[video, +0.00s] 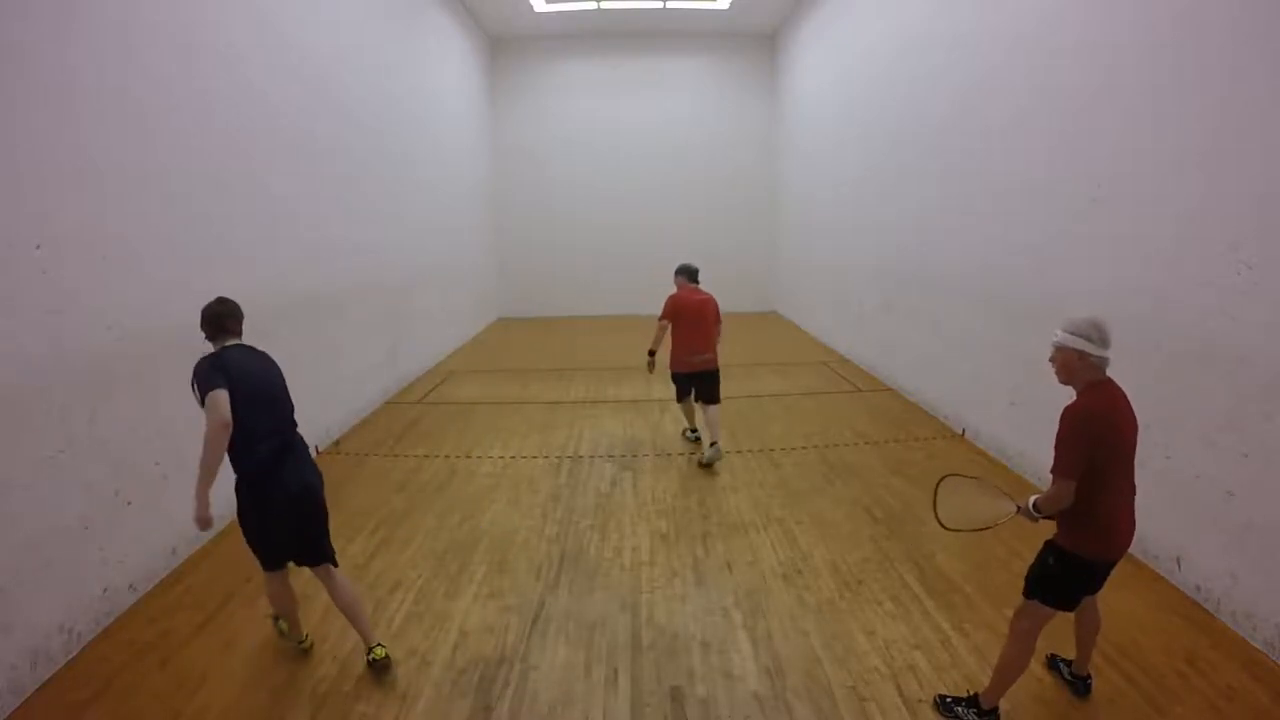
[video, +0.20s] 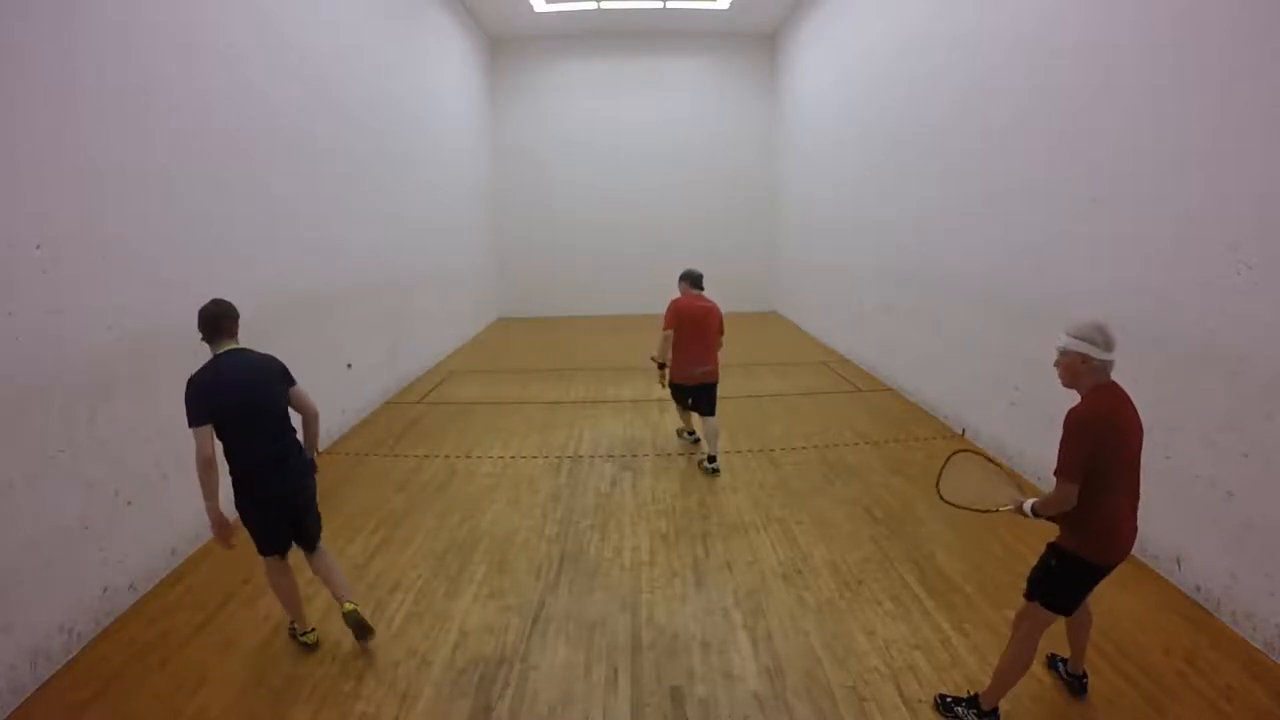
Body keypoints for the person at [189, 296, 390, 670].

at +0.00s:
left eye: (207, 329)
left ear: (206, 332)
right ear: (241, 325)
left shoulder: (210, 366)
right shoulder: (263, 359)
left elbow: (221, 419)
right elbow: (284, 418)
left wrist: (202, 492)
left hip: (260, 487)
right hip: (302, 475)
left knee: (274, 567)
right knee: (326, 565)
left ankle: (295, 632)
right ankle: (374, 644)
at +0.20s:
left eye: (208, 331)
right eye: (235, 324)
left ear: (202, 335)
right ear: (237, 327)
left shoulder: (200, 385)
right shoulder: (267, 363)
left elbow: (206, 456)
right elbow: (310, 411)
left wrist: (213, 510)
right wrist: (310, 454)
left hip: (253, 487)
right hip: (295, 472)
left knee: (275, 559)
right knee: (314, 546)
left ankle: (302, 627)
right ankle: (348, 603)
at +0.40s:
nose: (248, 309)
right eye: (248, 305)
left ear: (212, 314)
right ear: (247, 308)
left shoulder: (199, 358)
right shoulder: (272, 345)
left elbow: (185, 424)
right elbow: (319, 388)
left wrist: (200, 436)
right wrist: (330, 438)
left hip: (245, 467)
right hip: (288, 455)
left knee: (270, 547)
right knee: (305, 522)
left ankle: (300, 622)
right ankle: (326, 588)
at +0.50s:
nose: (259, 314)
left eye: (256, 308)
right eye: (257, 309)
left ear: (220, 318)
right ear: (252, 314)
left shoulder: (205, 361)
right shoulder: (276, 349)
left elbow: (184, 420)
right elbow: (322, 395)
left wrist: (201, 418)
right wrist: (336, 442)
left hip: (245, 466)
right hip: (288, 456)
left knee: (268, 544)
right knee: (303, 525)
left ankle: (297, 613)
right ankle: (317, 591)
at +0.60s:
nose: (266, 320)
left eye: (266, 314)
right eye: (264, 315)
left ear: (226, 321)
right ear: (255, 318)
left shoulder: (207, 362)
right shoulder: (276, 356)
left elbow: (186, 418)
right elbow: (318, 407)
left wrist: (203, 423)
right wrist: (339, 445)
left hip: (245, 465)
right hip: (284, 457)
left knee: (262, 529)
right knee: (303, 522)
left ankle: (276, 591)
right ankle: (316, 591)